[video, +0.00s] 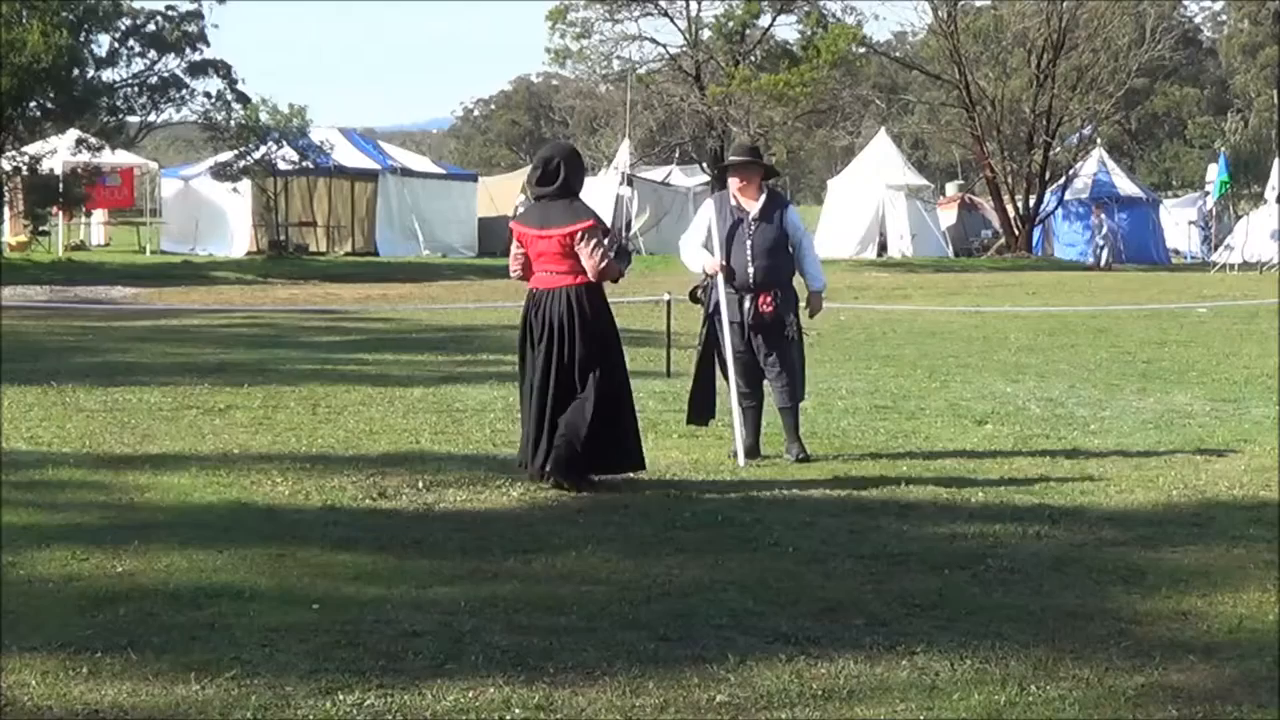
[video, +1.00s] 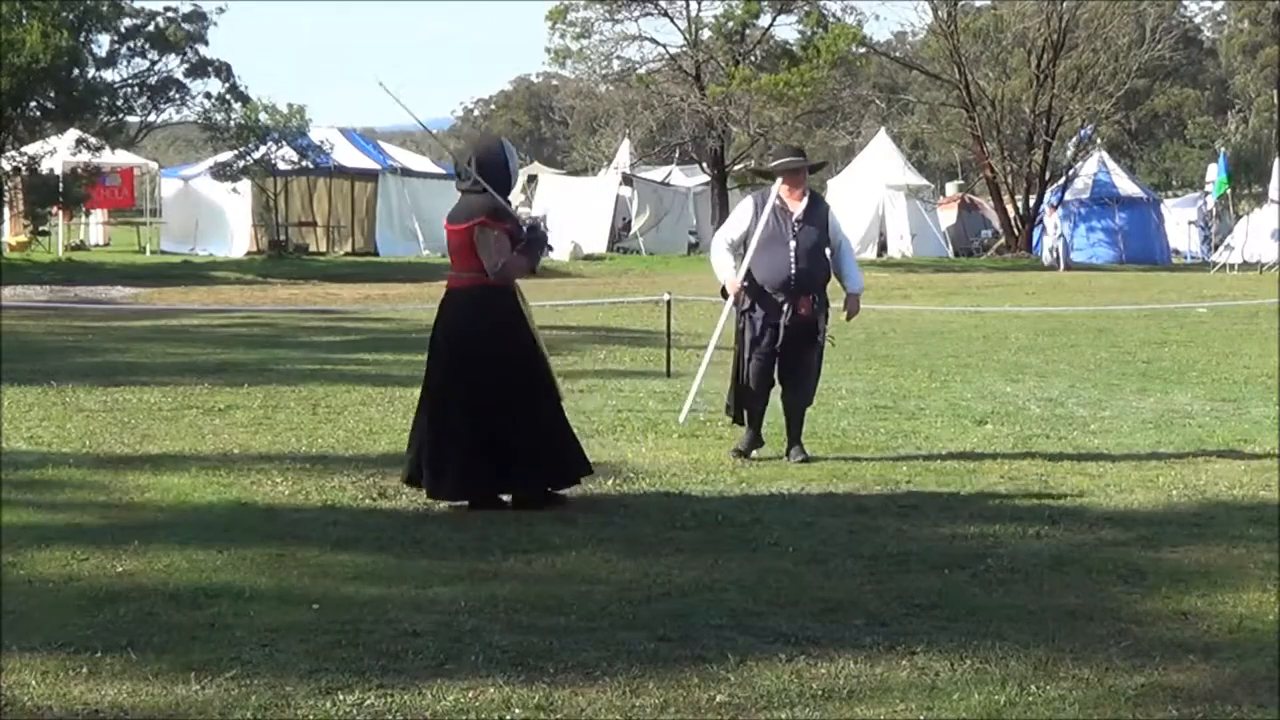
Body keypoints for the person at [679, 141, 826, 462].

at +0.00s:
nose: (737, 176)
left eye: (744, 170)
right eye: (732, 170)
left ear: (760, 173)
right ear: (726, 175)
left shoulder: (782, 209)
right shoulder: (714, 207)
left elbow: (804, 247)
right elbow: (688, 244)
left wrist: (816, 287)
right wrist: (704, 261)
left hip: (774, 301)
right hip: (730, 301)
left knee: (783, 373)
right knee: (742, 379)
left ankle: (793, 441)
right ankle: (748, 444)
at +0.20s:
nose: (741, 176)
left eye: (749, 170)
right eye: (737, 171)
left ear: (765, 174)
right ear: (731, 176)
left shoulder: (786, 208)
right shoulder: (719, 207)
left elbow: (808, 247)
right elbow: (693, 243)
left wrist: (821, 288)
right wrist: (709, 264)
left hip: (777, 302)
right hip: (734, 303)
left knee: (784, 375)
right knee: (743, 379)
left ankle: (793, 442)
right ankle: (749, 444)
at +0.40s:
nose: (759, 177)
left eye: (765, 171)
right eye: (753, 172)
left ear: (778, 174)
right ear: (744, 176)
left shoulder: (795, 208)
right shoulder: (728, 206)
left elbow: (817, 248)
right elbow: (701, 245)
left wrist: (828, 288)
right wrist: (714, 273)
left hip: (785, 303)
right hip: (740, 303)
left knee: (787, 375)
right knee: (746, 379)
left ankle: (793, 442)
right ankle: (749, 444)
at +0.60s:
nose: (780, 180)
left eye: (785, 173)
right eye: (773, 174)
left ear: (795, 174)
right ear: (760, 177)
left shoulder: (807, 209)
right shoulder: (740, 206)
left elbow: (829, 249)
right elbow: (709, 241)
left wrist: (839, 290)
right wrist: (720, 271)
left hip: (796, 303)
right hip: (750, 302)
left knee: (795, 376)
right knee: (751, 377)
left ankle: (794, 444)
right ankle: (750, 442)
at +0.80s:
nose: (788, 180)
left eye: (793, 173)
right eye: (781, 175)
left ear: (801, 174)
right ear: (767, 177)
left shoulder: (814, 208)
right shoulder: (749, 203)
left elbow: (837, 248)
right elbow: (713, 235)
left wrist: (849, 288)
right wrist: (732, 243)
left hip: (803, 305)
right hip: (758, 302)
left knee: (798, 379)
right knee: (755, 378)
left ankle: (794, 443)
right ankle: (750, 440)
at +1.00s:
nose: (793, 179)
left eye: (798, 172)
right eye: (786, 174)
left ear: (808, 174)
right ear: (776, 176)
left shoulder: (821, 210)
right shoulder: (754, 206)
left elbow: (842, 249)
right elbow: (720, 243)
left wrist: (854, 288)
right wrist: (729, 277)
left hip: (807, 306)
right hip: (761, 304)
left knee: (800, 380)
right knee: (755, 375)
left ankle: (795, 442)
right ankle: (752, 434)